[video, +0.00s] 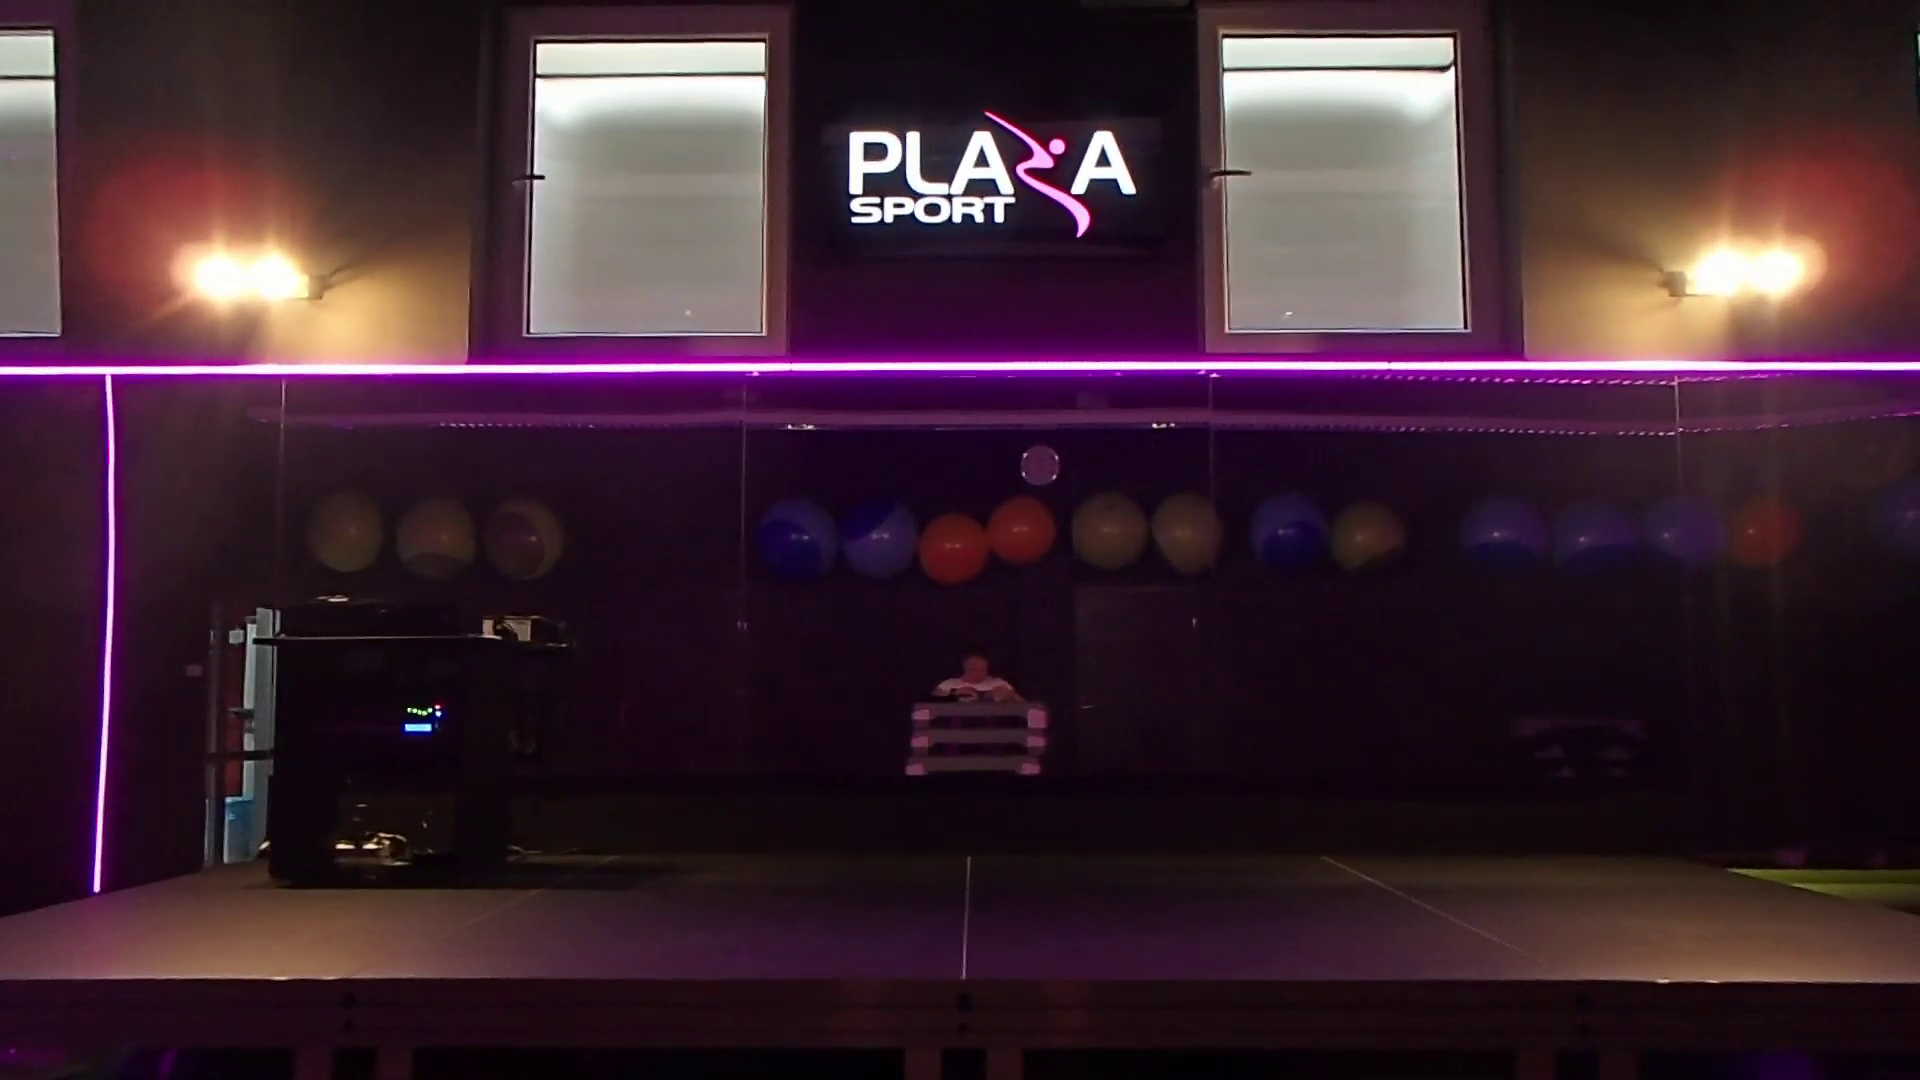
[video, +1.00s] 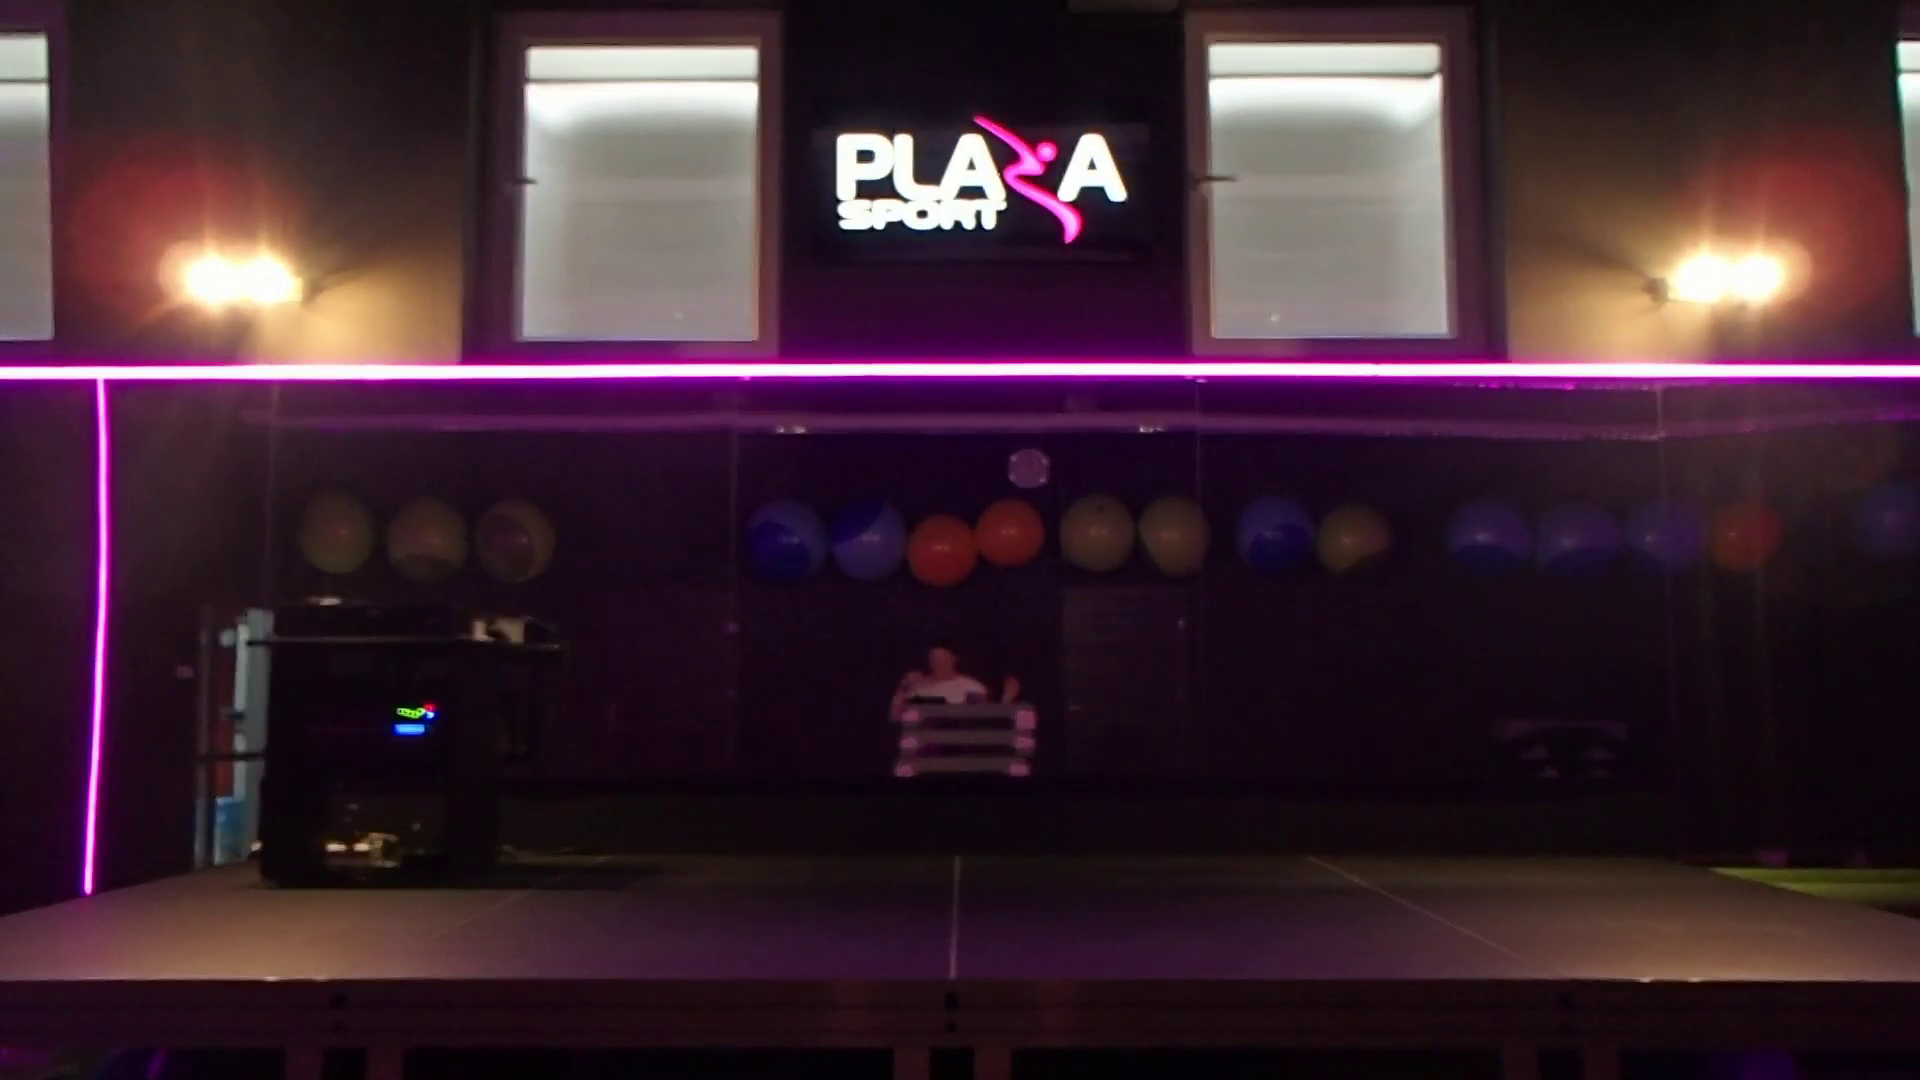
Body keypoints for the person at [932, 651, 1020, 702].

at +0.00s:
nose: (976, 673)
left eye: (980, 669)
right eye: (972, 669)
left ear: (986, 669)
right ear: (965, 669)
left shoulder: (998, 684)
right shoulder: (950, 684)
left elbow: (1022, 705)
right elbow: (934, 698)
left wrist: (1007, 695)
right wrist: (956, 694)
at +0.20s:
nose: (973, 673)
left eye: (977, 669)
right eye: (969, 668)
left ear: (984, 668)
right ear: (962, 668)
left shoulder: (996, 686)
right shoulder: (947, 685)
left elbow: (1020, 707)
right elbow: (930, 704)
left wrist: (1005, 697)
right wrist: (953, 695)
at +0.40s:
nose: (965, 672)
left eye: (969, 668)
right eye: (961, 668)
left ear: (975, 668)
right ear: (954, 667)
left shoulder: (988, 686)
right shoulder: (938, 685)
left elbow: (1011, 707)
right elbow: (922, 704)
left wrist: (997, 697)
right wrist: (944, 695)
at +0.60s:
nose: (965, 672)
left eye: (969, 668)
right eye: (961, 668)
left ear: (975, 668)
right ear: (954, 667)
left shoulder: (988, 686)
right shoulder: (938, 685)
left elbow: (1011, 707)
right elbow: (922, 704)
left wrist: (998, 697)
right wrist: (944, 694)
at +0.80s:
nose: (961, 669)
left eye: (965, 665)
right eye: (956, 665)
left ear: (971, 665)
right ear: (950, 665)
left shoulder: (981, 684)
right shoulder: (938, 683)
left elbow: (1005, 705)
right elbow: (915, 701)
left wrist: (1004, 690)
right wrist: (933, 690)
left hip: (976, 724)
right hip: (944, 724)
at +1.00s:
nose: (939, 665)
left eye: (944, 660)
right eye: (935, 660)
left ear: (952, 661)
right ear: (930, 662)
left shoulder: (971, 687)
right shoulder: (917, 688)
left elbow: (988, 719)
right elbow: (895, 717)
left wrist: (1006, 700)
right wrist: (904, 688)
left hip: (964, 747)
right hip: (925, 750)